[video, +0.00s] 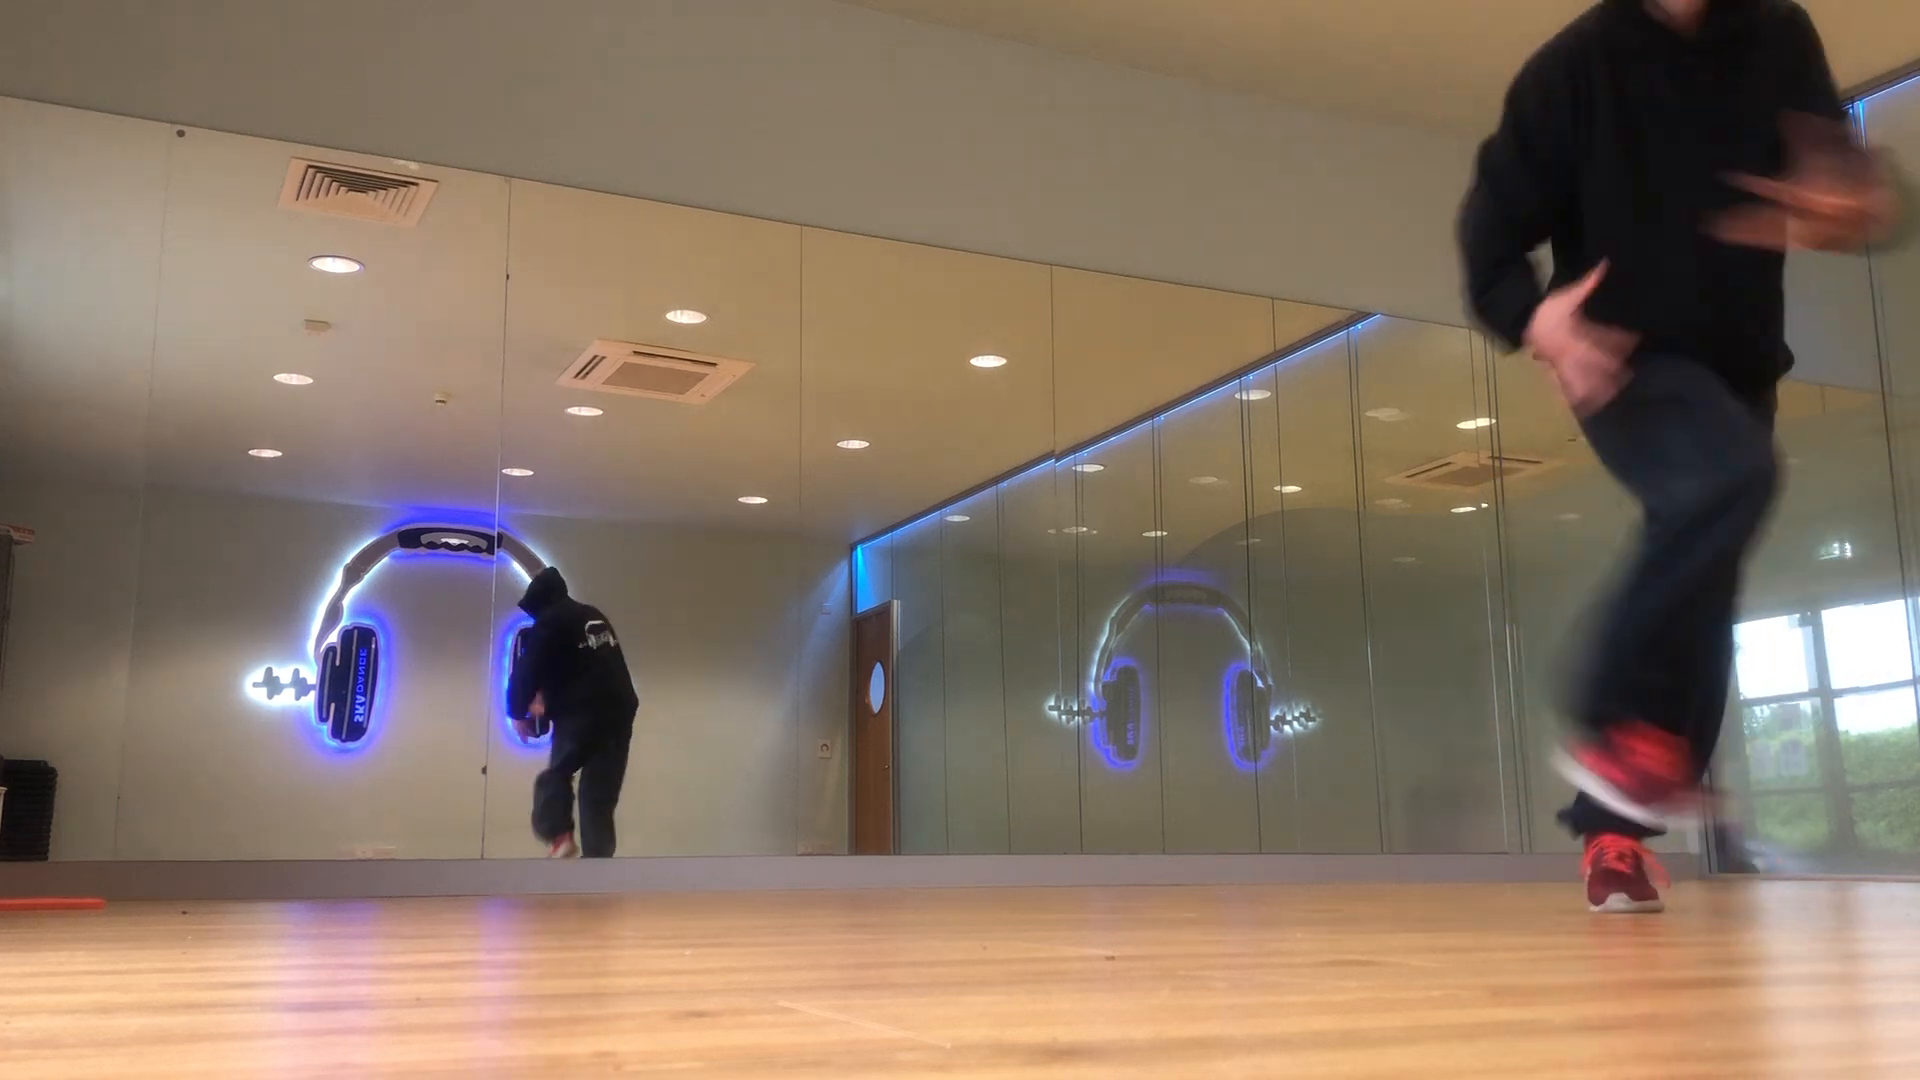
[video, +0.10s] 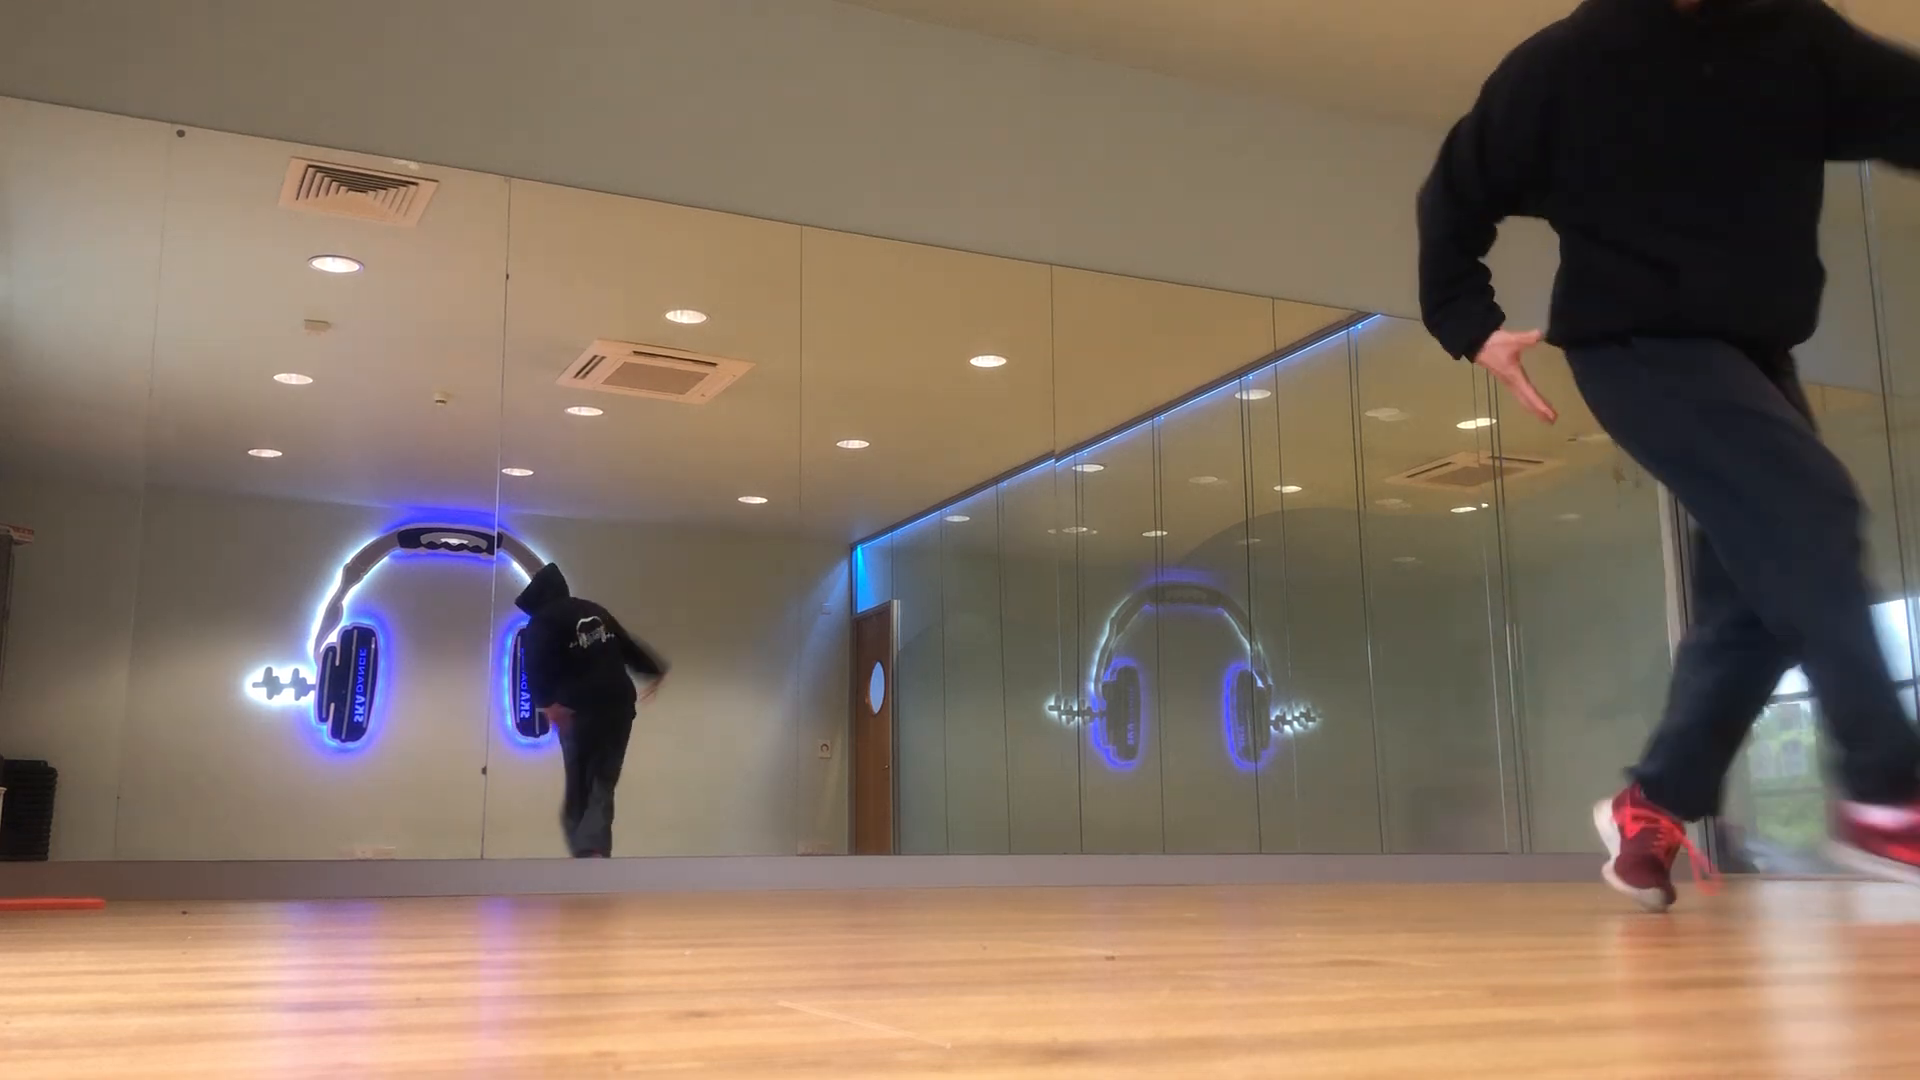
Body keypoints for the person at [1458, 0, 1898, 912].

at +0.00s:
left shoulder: (1775, 34)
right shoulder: (1578, 66)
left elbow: (1846, 182)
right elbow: (1489, 223)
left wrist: (1843, 211)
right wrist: (1529, 319)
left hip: (1739, 354)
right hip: (1618, 352)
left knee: (1700, 591)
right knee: (1727, 471)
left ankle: (1617, 825)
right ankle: (1618, 717)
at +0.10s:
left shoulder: (1801, 36)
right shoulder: (1579, 53)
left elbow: (1913, 110)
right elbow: (1456, 186)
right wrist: (1470, 324)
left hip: (1753, 347)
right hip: (1633, 343)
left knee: (1767, 585)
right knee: (1809, 510)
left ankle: (1656, 802)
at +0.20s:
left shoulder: (1786, 70)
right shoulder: (1598, 98)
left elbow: (1902, 55)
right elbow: (1461, 233)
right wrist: (1512, 371)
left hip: (1786, 382)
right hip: (1684, 391)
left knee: (1868, 604)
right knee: (1890, 583)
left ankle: (1662, 799)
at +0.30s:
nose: (1732, 5)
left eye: (1737, 0)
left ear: (1724, 5)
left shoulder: (1728, 72)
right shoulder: (1585, 88)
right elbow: (1519, 274)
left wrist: (1844, 244)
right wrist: (1595, 414)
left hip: (1744, 392)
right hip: (1676, 405)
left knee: (1800, 618)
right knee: (1873, 583)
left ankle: (1615, 789)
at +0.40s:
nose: (1729, 12)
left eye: (1734, 6)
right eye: (1728, 2)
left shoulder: (1607, 68)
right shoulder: (1613, 69)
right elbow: (1605, 238)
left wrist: (1504, 339)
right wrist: (1703, 355)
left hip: (1570, 382)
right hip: (1601, 380)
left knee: (1679, 603)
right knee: (1800, 532)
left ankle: (1554, 825)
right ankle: (1855, 806)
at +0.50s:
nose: (1700, 10)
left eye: (1707, 1)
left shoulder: (1564, 65)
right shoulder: (1614, 72)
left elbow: (1476, 193)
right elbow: (1637, 206)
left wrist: (1395, 288)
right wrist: (1713, 307)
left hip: (1495, 387)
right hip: (1558, 384)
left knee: (1603, 621)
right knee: (1753, 505)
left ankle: (1542, 856)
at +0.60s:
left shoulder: (1458, 30)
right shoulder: (1621, 14)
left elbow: (1357, 176)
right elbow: (1650, 158)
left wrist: (1404, 300)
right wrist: (1608, 261)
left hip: (1423, 326)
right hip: (1519, 318)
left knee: (1506, 578)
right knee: (1620, 535)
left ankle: (1518, 829)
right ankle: (1376, 616)